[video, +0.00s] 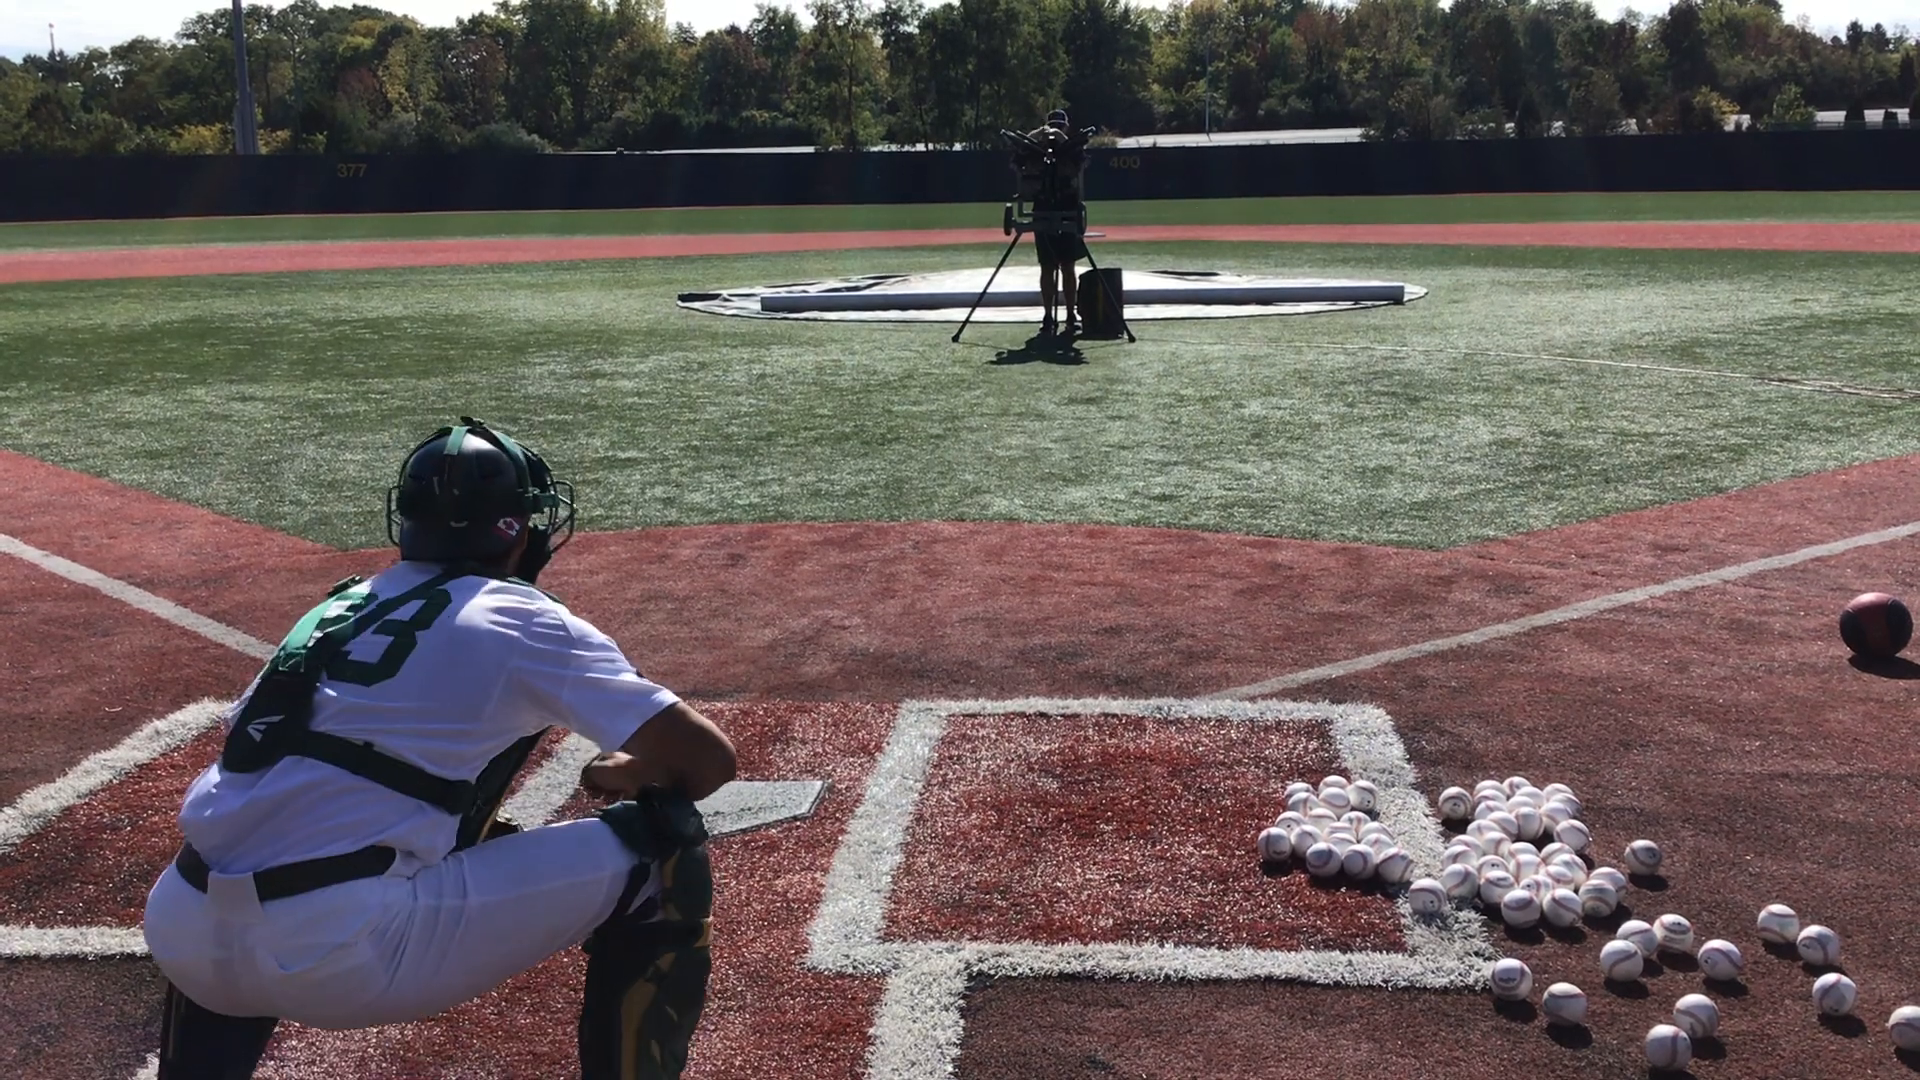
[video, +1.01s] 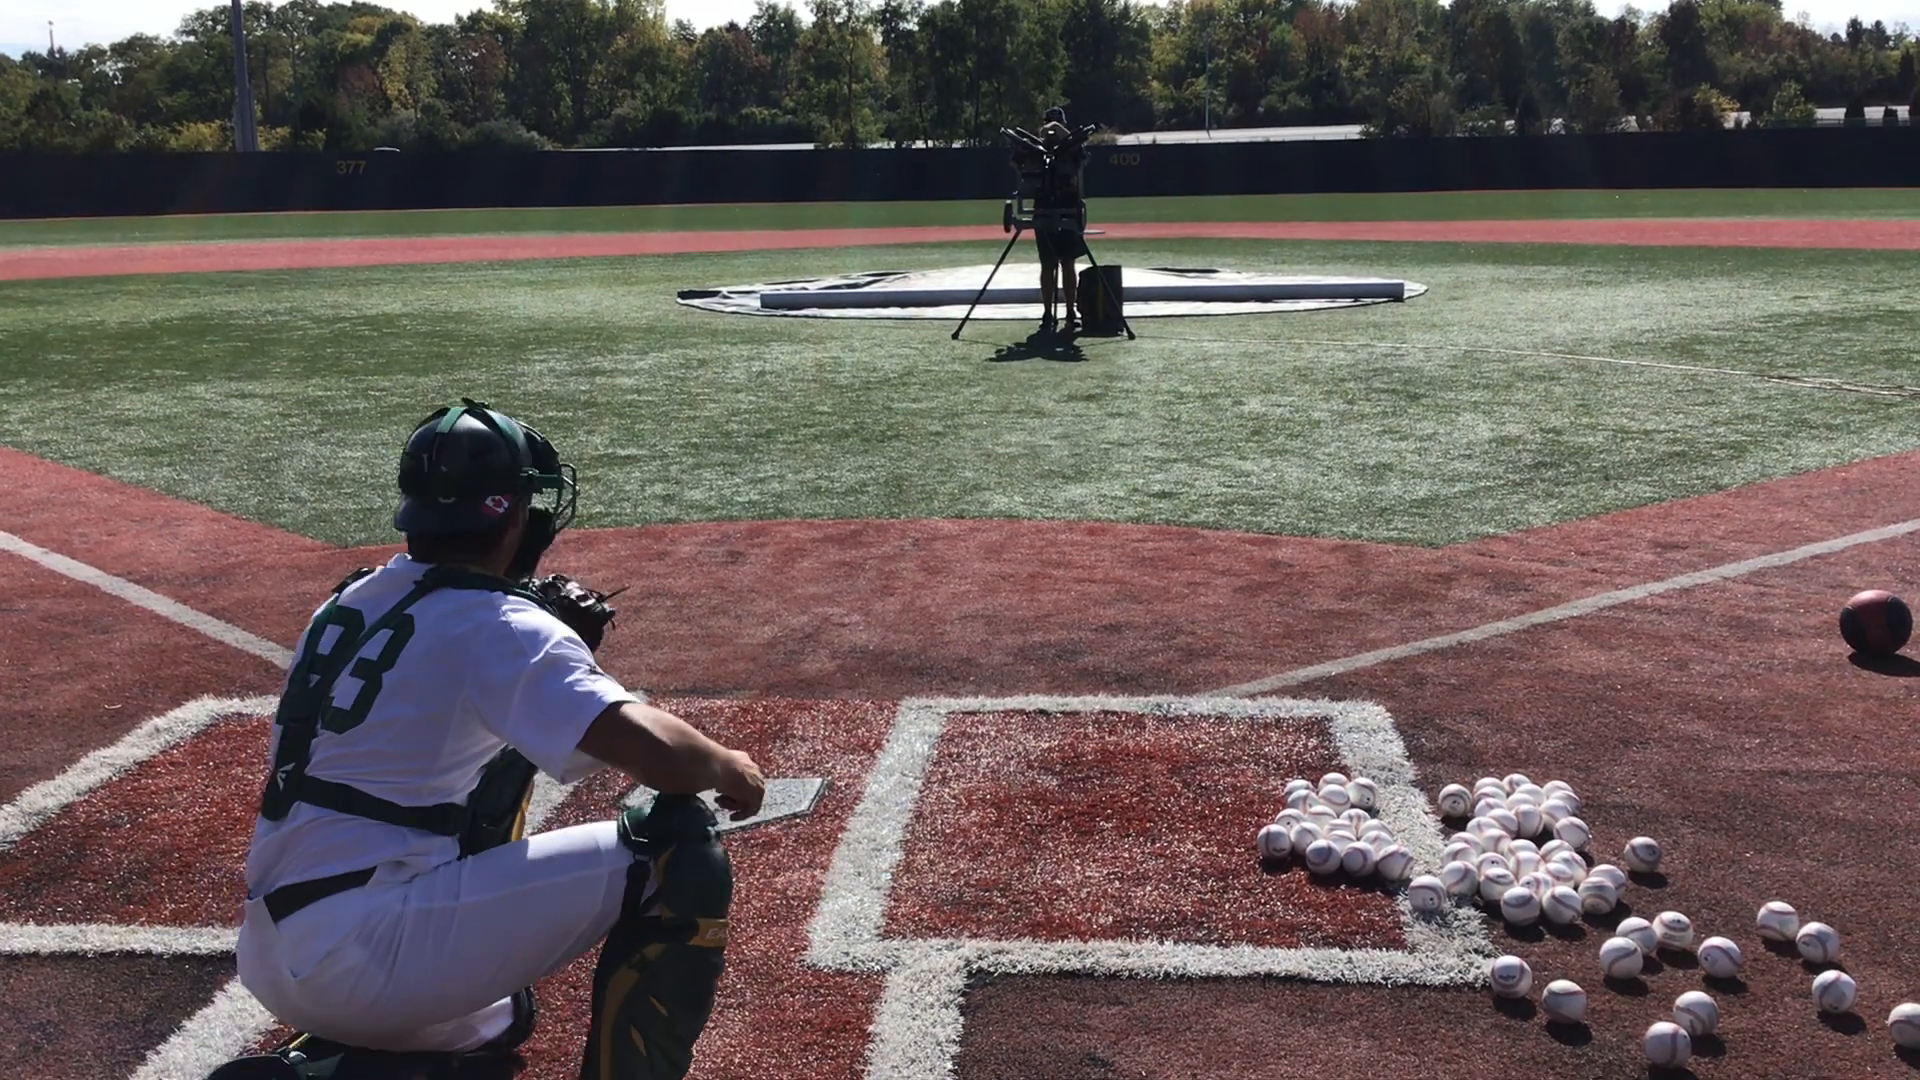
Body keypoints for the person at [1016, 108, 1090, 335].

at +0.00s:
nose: (1055, 129)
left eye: (1059, 125)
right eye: (1053, 125)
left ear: (1065, 127)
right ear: (1048, 126)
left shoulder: (1073, 145)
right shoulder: (1036, 145)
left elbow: (1076, 164)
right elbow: (1019, 161)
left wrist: (1062, 141)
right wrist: (1037, 142)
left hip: (1069, 214)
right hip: (1044, 215)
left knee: (1068, 268)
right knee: (1048, 269)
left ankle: (1070, 316)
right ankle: (1048, 316)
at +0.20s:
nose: (1054, 132)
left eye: (1059, 128)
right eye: (1050, 128)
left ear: (1066, 128)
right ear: (1044, 129)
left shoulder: (1073, 148)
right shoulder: (1038, 149)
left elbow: (1076, 162)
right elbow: (1022, 149)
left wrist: (1061, 139)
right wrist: (1034, 125)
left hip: (1068, 213)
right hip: (1043, 214)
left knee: (1068, 267)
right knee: (1047, 269)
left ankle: (1070, 314)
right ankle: (1048, 316)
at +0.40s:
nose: (1053, 133)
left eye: (1057, 129)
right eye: (1050, 129)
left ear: (1065, 130)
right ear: (1043, 131)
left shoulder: (1073, 149)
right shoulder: (1036, 150)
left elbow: (1075, 163)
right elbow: (1020, 142)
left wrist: (1062, 139)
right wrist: (1032, 118)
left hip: (1068, 213)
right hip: (1043, 214)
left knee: (1068, 266)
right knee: (1047, 268)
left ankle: (1070, 314)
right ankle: (1048, 315)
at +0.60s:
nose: (1054, 130)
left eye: (1058, 126)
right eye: (1050, 126)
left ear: (1066, 127)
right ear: (1044, 128)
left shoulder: (1073, 147)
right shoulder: (1037, 146)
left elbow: (1077, 163)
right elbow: (1020, 164)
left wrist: (1063, 140)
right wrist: (1031, 137)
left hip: (1068, 212)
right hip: (1043, 213)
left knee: (1068, 266)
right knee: (1047, 267)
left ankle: (1070, 313)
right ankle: (1048, 314)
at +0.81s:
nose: (1051, 134)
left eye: (1055, 130)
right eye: (1047, 130)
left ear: (1063, 130)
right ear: (1040, 131)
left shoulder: (1072, 149)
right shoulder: (1036, 151)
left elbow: (1078, 156)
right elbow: (1017, 157)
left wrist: (1063, 136)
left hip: (1068, 214)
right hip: (1044, 215)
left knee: (1068, 266)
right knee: (1047, 267)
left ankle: (1070, 313)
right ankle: (1048, 314)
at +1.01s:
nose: (1051, 133)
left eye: (1055, 129)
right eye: (1048, 129)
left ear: (1064, 130)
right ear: (1042, 132)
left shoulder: (1071, 150)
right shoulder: (1037, 151)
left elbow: (1081, 156)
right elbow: (1018, 157)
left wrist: (1065, 134)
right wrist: (1034, 140)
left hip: (1069, 214)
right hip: (1044, 215)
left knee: (1068, 266)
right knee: (1048, 267)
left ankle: (1070, 313)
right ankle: (1048, 313)